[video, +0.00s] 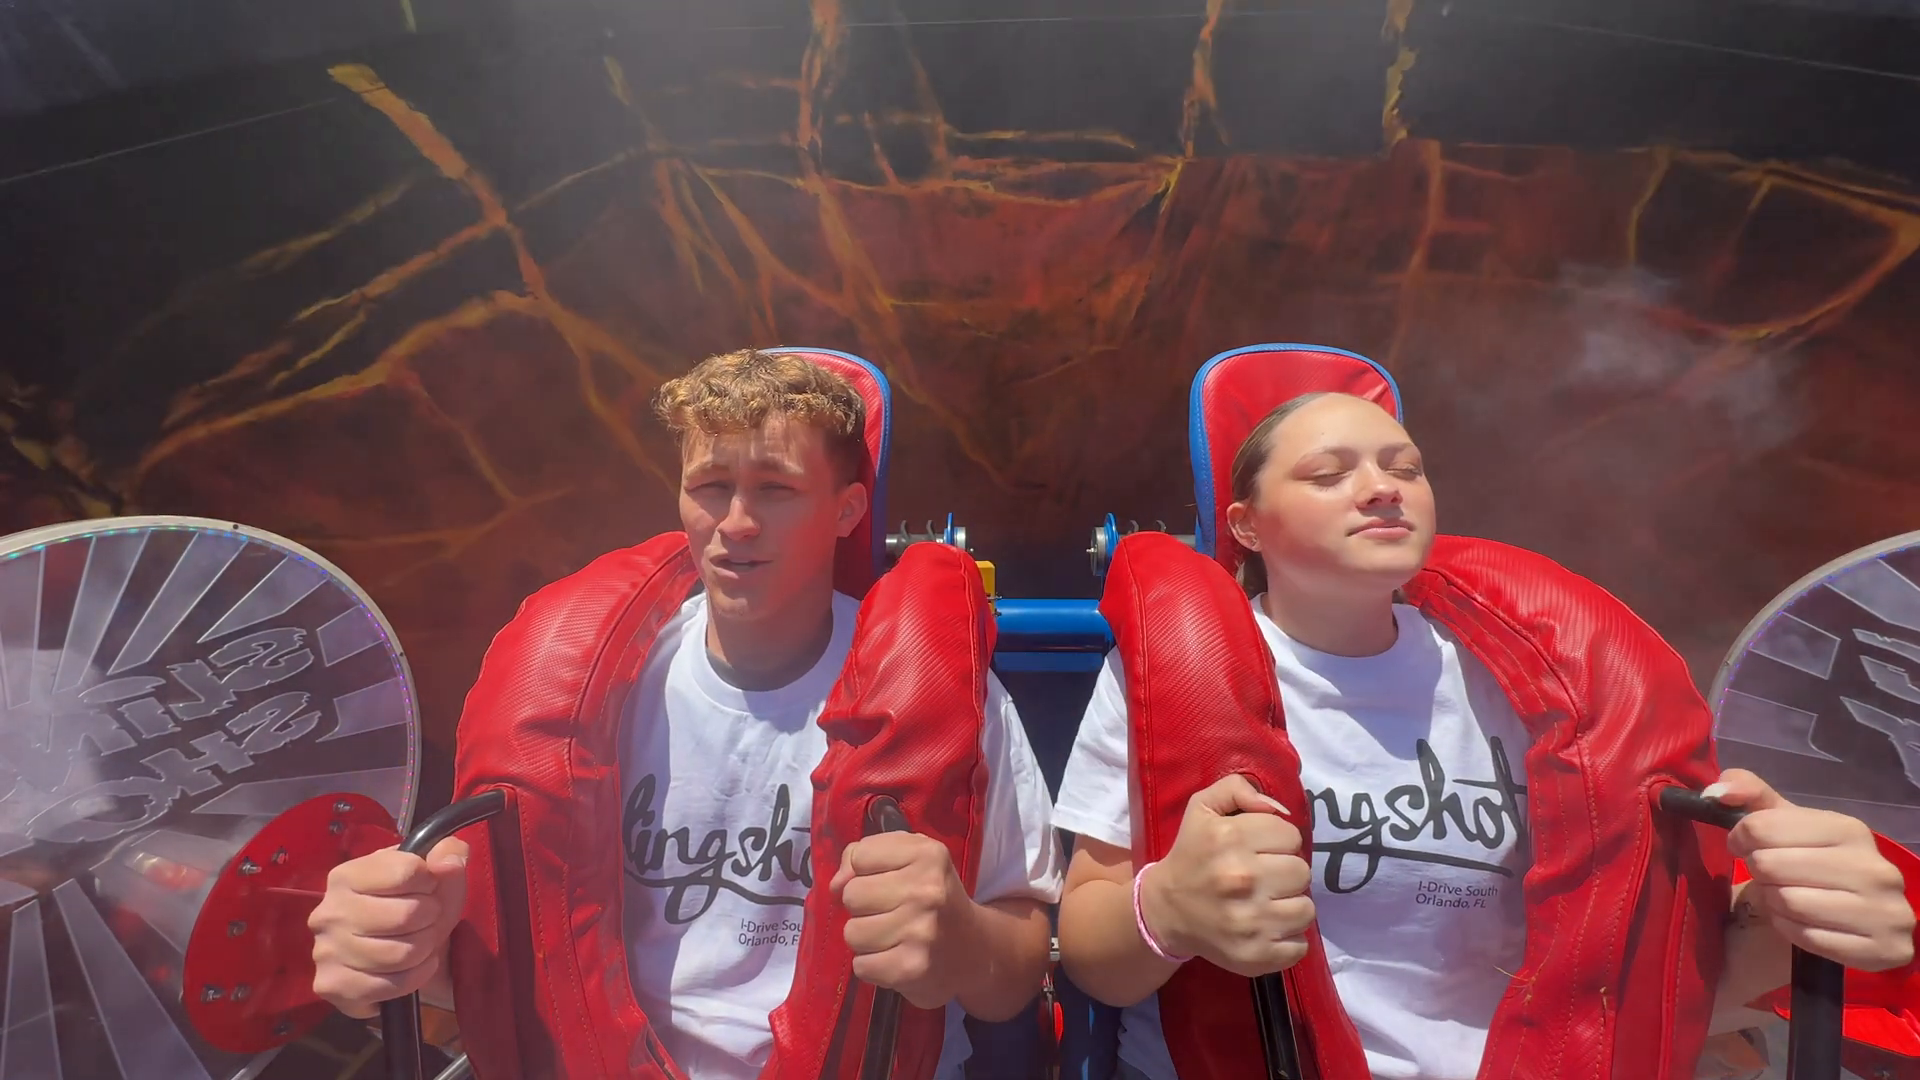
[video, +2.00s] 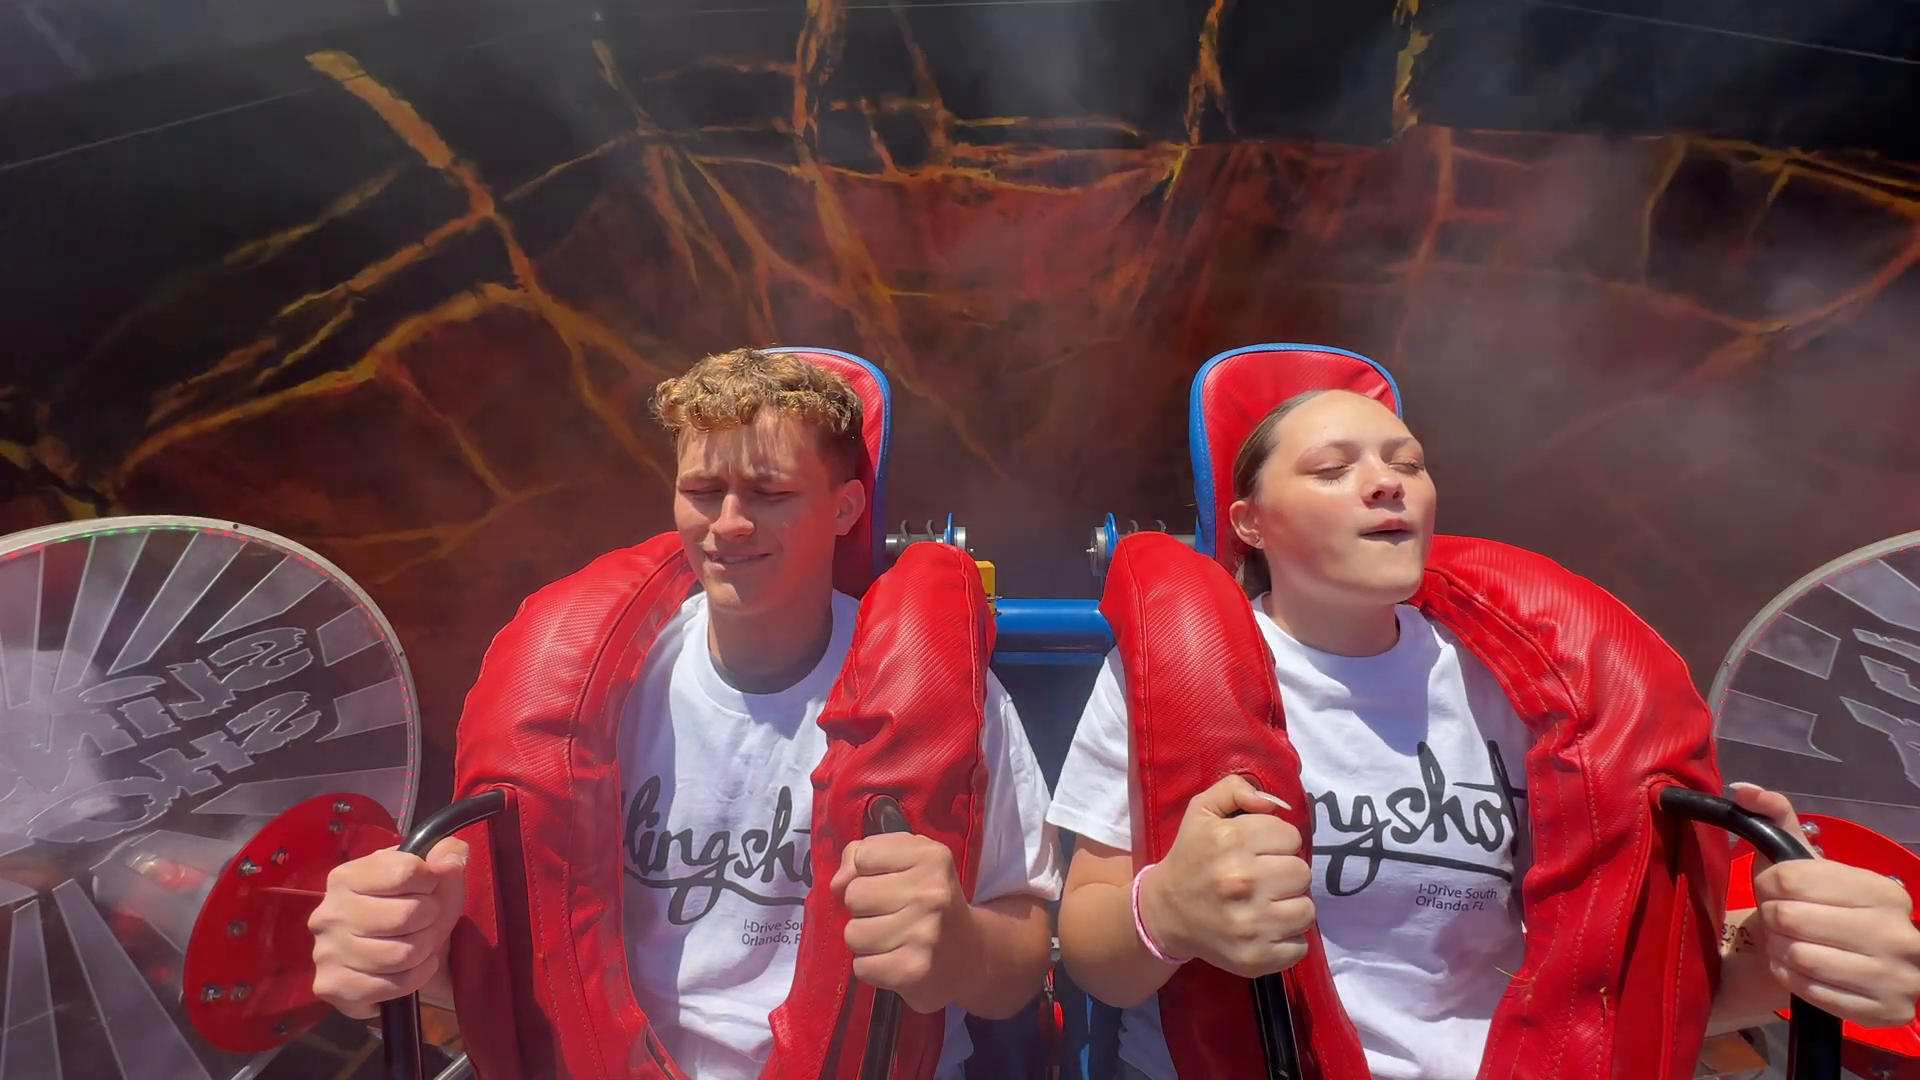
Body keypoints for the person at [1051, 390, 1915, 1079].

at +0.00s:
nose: (1383, 485)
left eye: (1401, 460)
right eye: (1328, 470)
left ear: (1431, 491)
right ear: (1244, 523)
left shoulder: (1533, 663)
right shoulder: (1173, 663)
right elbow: (1085, 955)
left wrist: (1864, 911)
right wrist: (1165, 909)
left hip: (1508, 1068)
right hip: (1285, 1063)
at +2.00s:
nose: (1386, 481)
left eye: (1402, 457)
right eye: (1330, 466)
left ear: (1432, 491)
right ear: (1245, 522)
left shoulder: (1529, 666)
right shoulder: (1173, 667)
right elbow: (1086, 955)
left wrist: (1748, 927)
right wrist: (1161, 911)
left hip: (1508, 1068)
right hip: (1287, 1066)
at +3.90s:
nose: (1374, 492)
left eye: (1393, 464)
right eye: (1322, 473)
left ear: (1428, 492)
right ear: (1243, 525)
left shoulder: (1535, 658)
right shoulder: (1171, 665)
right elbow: (1088, 957)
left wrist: (1753, 898)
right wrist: (1160, 912)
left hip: (1516, 1056)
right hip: (1291, 1059)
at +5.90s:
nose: (1387, 466)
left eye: (1401, 445)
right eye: (1333, 452)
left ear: (1433, 486)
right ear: (1245, 515)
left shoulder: (1530, 665)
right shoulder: (1173, 661)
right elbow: (1088, 952)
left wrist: (1760, 906)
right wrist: (1158, 915)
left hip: (1505, 1067)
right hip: (1283, 1065)